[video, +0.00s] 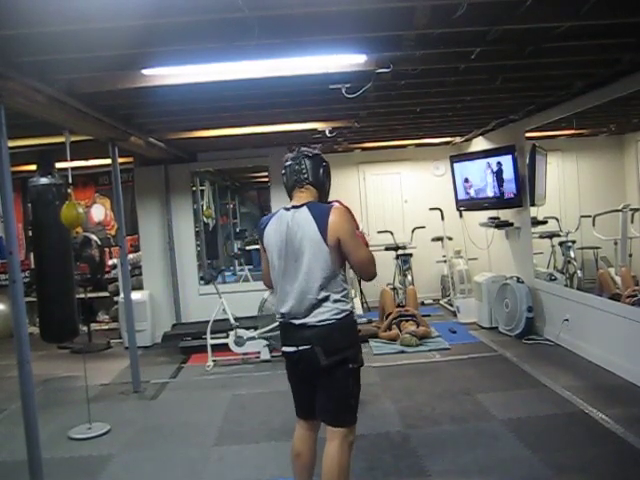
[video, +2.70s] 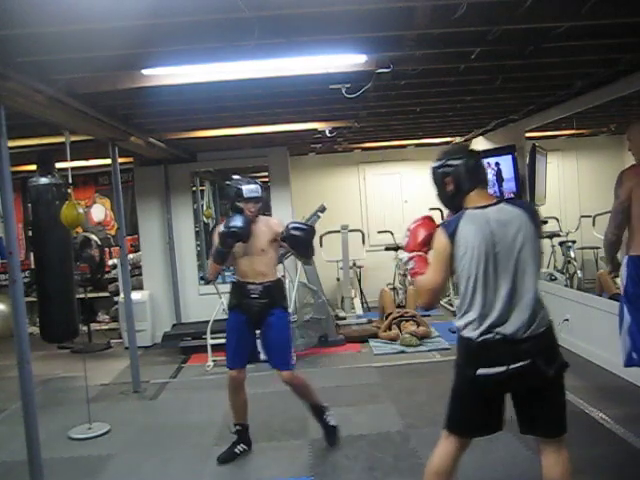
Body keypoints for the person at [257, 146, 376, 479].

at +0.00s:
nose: (328, 182)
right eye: (326, 177)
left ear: (288, 183)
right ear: (321, 179)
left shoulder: (269, 226)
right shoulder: (334, 214)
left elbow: (270, 281)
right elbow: (367, 270)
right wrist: (356, 241)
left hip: (293, 339)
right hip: (335, 337)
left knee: (305, 423)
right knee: (339, 432)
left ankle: (302, 477)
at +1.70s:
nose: (343, 192)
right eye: (343, 186)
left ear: (307, 193)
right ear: (342, 190)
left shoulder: (292, 234)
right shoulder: (356, 222)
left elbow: (290, 288)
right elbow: (389, 276)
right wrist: (367, 244)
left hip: (309, 351)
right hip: (354, 348)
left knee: (314, 426)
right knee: (384, 437)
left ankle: (305, 475)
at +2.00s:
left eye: (339, 179)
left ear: (340, 184)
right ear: (379, 176)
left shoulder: (329, 228)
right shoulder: (404, 210)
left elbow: (326, 288)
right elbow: (435, 263)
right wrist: (403, 234)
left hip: (355, 349)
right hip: (403, 346)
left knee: (361, 429)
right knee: (404, 448)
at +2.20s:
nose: (357, 186)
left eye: (357, 181)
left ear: (360, 186)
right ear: (398, 179)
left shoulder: (348, 226)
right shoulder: (428, 215)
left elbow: (337, 286)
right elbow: (448, 272)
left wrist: (343, 238)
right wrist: (419, 242)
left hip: (373, 353)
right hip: (423, 350)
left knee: (383, 433)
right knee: (450, 441)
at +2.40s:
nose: (376, 186)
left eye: (376, 180)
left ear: (383, 183)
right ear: (419, 178)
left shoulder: (376, 221)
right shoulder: (458, 210)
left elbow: (366, 284)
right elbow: (470, 273)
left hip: (406, 349)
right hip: (460, 344)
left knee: (399, 435)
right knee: (495, 434)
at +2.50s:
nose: (393, 185)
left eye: (394, 179)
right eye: (393, 179)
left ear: (400, 183)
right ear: (436, 177)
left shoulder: (399, 225)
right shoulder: (476, 213)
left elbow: (384, 286)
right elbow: (490, 269)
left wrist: (387, 254)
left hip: (432, 351)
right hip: (486, 345)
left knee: (412, 438)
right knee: (517, 438)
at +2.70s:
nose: (440, 192)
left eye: (440, 185)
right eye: (438, 185)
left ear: (451, 183)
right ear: (483, 177)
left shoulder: (450, 230)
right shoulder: (526, 214)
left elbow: (428, 294)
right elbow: (528, 266)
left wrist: (418, 257)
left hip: (480, 357)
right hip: (537, 351)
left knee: (454, 440)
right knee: (553, 444)